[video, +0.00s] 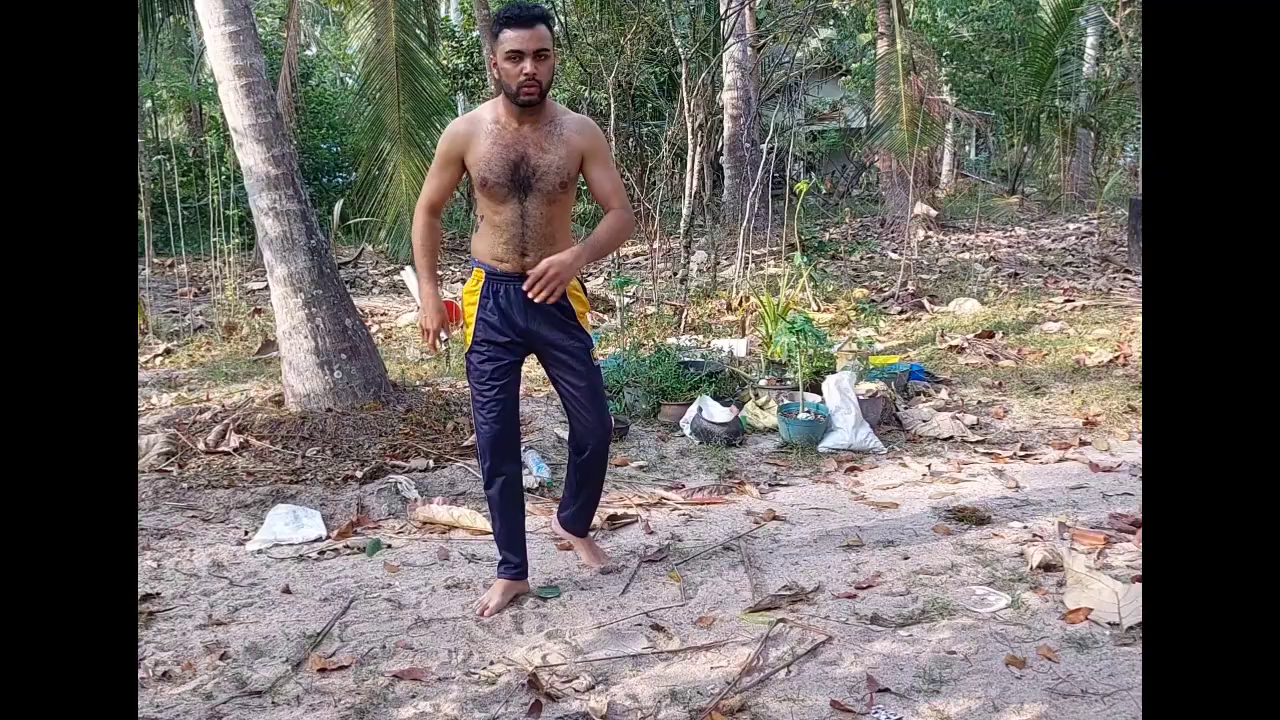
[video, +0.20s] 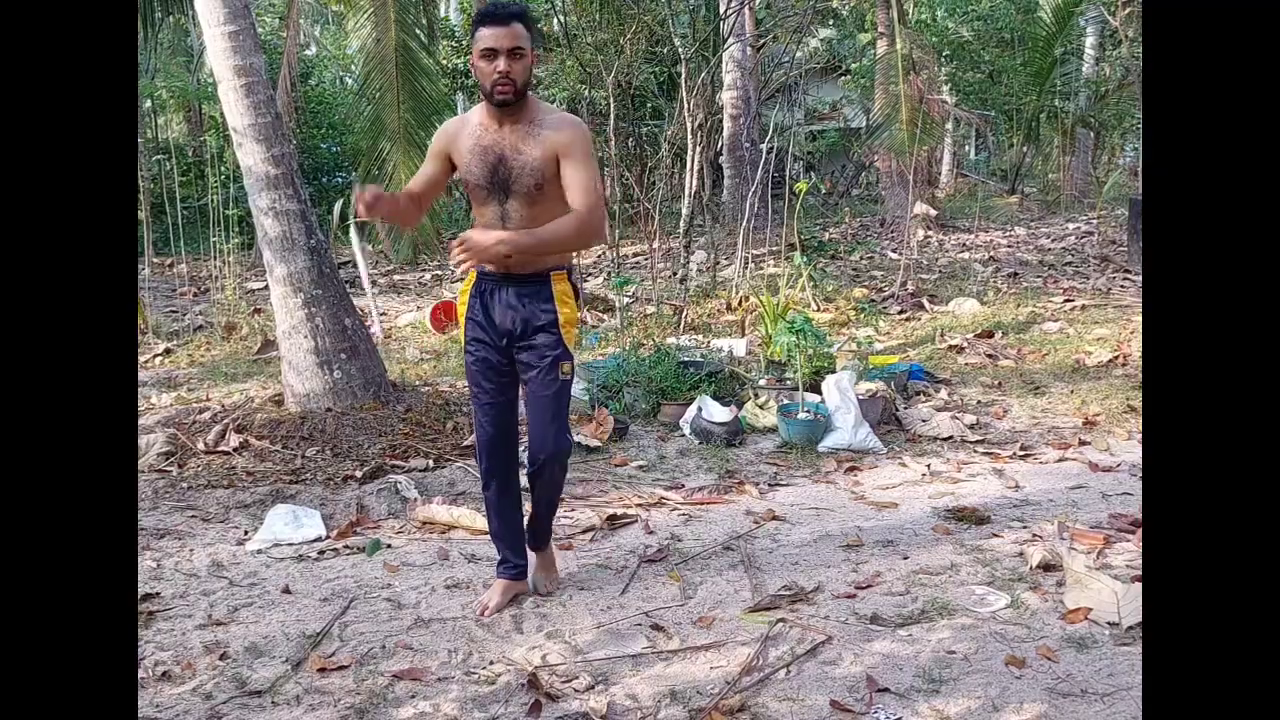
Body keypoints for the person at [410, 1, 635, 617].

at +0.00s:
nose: (529, 70)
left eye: (540, 56)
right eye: (515, 57)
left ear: (555, 60)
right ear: (492, 62)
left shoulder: (580, 133)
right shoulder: (465, 133)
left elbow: (621, 215)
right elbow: (428, 211)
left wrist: (577, 258)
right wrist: (428, 291)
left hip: (557, 298)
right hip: (490, 297)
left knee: (594, 428)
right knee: (493, 438)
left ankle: (573, 524)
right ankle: (511, 569)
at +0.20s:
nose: (502, 67)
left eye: (514, 54)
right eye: (489, 56)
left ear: (534, 59)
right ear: (473, 62)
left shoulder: (566, 131)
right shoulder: (454, 134)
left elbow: (590, 225)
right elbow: (413, 207)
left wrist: (508, 245)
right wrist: (386, 205)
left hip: (546, 300)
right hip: (482, 300)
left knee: (550, 446)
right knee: (494, 445)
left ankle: (540, 541)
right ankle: (510, 570)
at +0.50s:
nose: (481, 78)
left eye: (494, 63)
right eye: (468, 67)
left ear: (518, 70)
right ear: (455, 77)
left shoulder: (537, 140)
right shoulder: (465, 141)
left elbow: (507, 255)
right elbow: (404, 204)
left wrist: (475, 216)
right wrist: (409, 140)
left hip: (567, 308)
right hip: (511, 311)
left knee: (577, 454)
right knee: (495, 459)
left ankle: (630, 612)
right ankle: (513, 576)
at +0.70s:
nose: (498, 92)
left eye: (510, 76)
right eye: (484, 83)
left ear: (536, 80)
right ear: (476, 94)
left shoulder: (553, 145)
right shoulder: (509, 157)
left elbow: (527, 265)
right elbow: (465, 211)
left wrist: (508, 227)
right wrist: (453, 156)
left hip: (618, 329)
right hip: (555, 332)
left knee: (660, 482)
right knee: (522, 471)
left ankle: (717, 643)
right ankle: (520, 578)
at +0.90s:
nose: (535, 89)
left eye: (542, 73)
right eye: (519, 81)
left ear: (560, 69)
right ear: (499, 90)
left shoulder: (603, 123)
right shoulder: (511, 170)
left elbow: (695, 130)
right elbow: (573, 192)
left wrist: (607, 128)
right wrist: (554, 111)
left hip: (656, 312)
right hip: (589, 321)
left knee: (695, 473)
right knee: (563, 470)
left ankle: (723, 643)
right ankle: (529, 564)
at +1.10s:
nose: (601, 73)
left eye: (606, 61)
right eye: (583, 62)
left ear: (610, 72)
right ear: (548, 77)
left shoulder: (605, 147)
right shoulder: (553, 153)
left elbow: (683, 213)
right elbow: (588, 265)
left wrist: (651, 173)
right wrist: (660, 290)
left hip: (633, 334)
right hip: (574, 338)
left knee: (703, 479)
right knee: (555, 489)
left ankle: (727, 641)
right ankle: (511, 579)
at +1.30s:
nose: (686, 86)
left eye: (694, 73)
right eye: (670, 70)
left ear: (699, 78)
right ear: (633, 72)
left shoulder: (688, 158)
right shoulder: (599, 141)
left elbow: (730, 255)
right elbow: (530, 220)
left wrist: (686, 230)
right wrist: (572, 310)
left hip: (666, 340)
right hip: (601, 342)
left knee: (729, 488)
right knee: (565, 483)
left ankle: (732, 644)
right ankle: (521, 573)